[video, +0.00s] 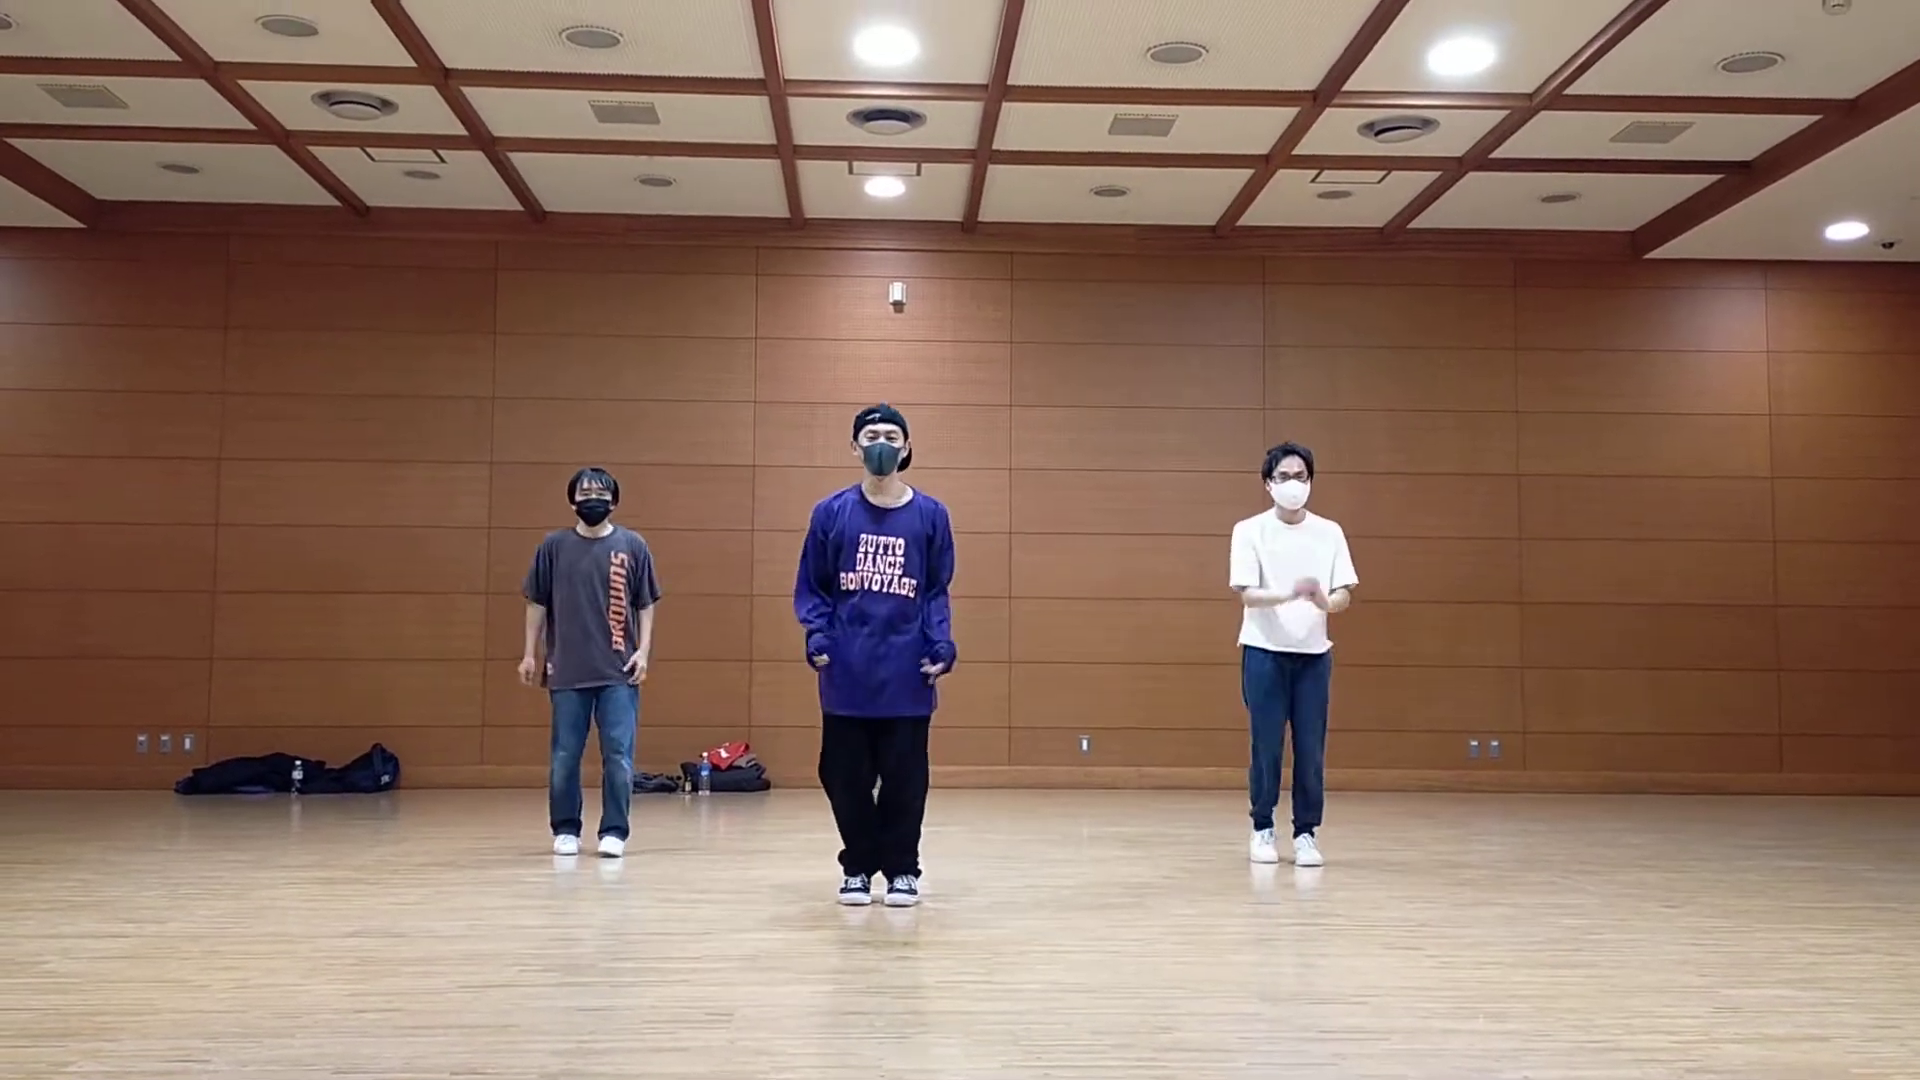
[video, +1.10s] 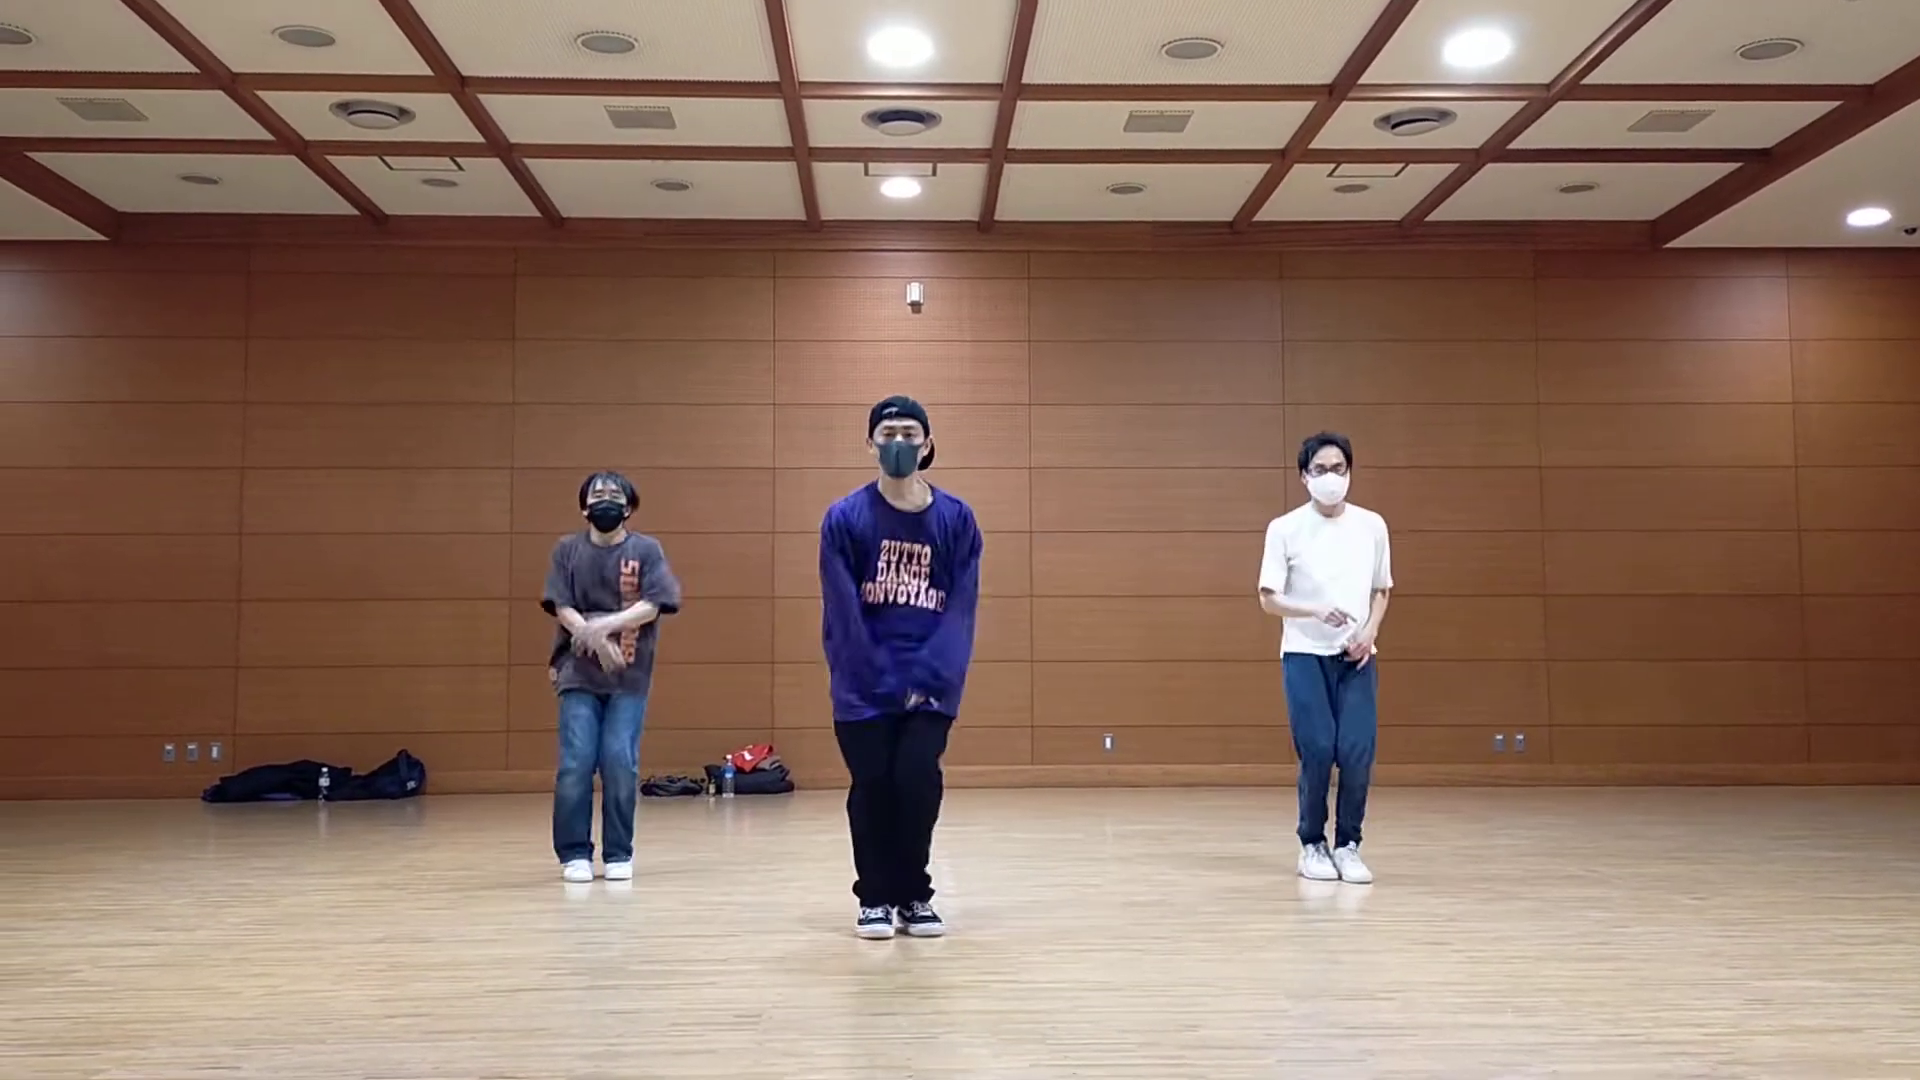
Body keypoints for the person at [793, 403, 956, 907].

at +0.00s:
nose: (880, 441)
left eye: (891, 435)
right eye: (871, 434)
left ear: (905, 449)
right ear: (856, 447)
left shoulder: (931, 514)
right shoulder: (831, 512)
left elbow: (937, 593)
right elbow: (809, 589)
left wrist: (942, 645)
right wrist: (818, 637)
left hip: (907, 671)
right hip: (846, 670)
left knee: (905, 776)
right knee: (844, 774)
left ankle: (902, 871)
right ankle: (857, 868)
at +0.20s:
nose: (878, 431)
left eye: (888, 425)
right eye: (868, 426)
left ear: (905, 442)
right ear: (854, 443)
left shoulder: (936, 500)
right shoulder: (827, 503)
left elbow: (978, 540)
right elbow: (763, 541)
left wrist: (994, 571)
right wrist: (773, 558)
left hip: (913, 660)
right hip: (852, 663)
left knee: (908, 753)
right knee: (850, 766)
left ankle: (899, 855)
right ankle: (860, 866)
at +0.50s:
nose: (894, 474)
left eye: (905, 467)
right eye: (886, 465)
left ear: (922, 475)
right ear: (873, 471)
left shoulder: (950, 534)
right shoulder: (844, 526)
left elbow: (988, 580)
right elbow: (793, 569)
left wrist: (995, 619)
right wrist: (785, 601)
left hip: (922, 675)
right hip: (858, 672)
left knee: (908, 779)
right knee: (866, 768)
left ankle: (898, 869)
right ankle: (867, 868)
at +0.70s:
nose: (889, 499)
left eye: (899, 491)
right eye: (880, 490)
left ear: (918, 495)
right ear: (868, 493)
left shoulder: (944, 555)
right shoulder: (844, 551)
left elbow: (951, 631)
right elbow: (814, 632)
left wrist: (920, 622)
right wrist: (826, 629)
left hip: (920, 695)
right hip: (860, 689)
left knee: (917, 791)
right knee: (867, 778)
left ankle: (901, 864)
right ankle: (860, 892)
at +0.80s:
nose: (886, 461)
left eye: (897, 453)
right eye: (878, 453)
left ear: (916, 462)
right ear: (864, 461)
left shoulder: (944, 523)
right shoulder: (840, 524)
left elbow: (942, 597)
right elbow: (816, 592)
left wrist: (892, 550)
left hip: (921, 674)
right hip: (859, 672)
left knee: (919, 783)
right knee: (865, 782)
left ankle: (910, 853)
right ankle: (864, 895)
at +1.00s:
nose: (896, 431)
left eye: (906, 423)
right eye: (886, 424)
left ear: (924, 435)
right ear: (871, 435)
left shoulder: (950, 491)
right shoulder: (844, 492)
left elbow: (958, 560)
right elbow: (832, 561)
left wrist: (906, 586)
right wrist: (884, 587)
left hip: (929, 663)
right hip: (863, 665)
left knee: (924, 774)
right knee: (877, 776)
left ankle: (923, 888)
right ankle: (875, 896)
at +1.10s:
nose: (898, 438)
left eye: (909, 431)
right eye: (888, 431)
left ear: (926, 446)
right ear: (872, 444)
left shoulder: (956, 518)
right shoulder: (845, 517)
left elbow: (962, 609)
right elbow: (841, 611)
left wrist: (931, 676)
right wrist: (878, 679)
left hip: (929, 683)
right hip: (861, 684)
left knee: (917, 781)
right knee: (873, 787)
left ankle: (914, 897)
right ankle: (875, 901)